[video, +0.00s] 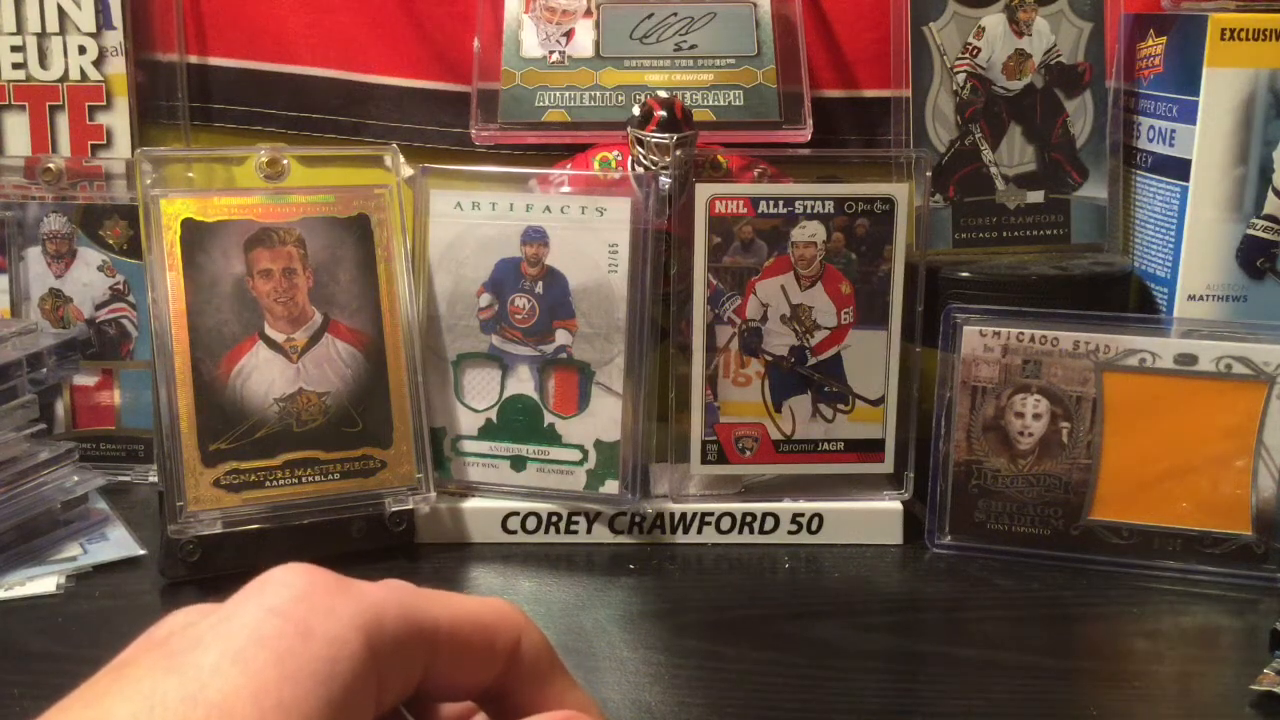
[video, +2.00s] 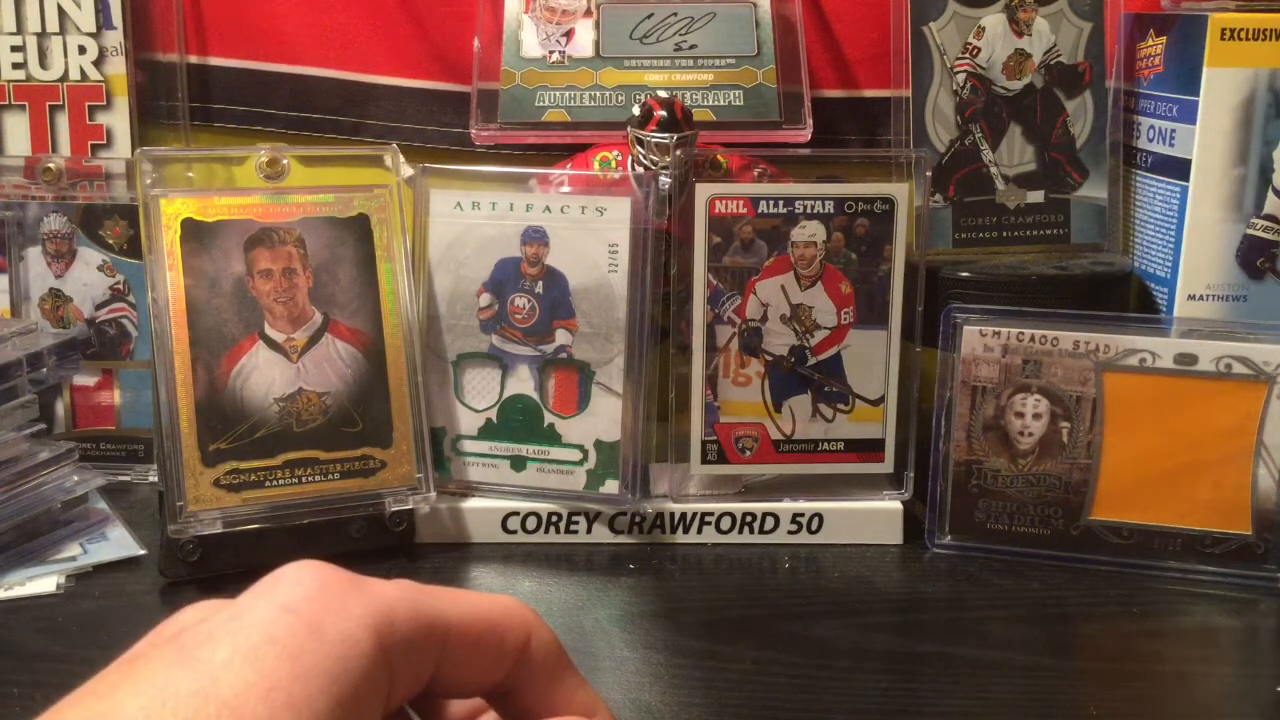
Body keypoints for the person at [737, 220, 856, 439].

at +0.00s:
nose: (801, 253)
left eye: (807, 247)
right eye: (796, 247)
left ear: (821, 249)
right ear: (790, 249)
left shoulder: (838, 285)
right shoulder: (774, 271)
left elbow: (842, 331)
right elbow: (755, 293)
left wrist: (810, 353)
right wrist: (750, 326)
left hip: (822, 352)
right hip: (780, 352)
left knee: (830, 411)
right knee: (798, 409)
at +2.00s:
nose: (801, 253)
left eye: (807, 247)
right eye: (796, 247)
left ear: (821, 249)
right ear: (790, 249)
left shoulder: (839, 285)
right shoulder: (773, 271)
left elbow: (843, 331)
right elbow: (754, 293)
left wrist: (810, 353)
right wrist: (750, 326)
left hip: (823, 353)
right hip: (780, 353)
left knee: (831, 412)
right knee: (798, 411)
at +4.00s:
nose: (801, 253)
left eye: (807, 247)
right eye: (796, 247)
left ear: (821, 249)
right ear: (790, 249)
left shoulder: (838, 284)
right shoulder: (773, 272)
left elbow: (843, 330)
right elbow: (754, 294)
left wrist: (810, 352)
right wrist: (751, 326)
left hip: (823, 354)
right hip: (780, 353)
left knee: (833, 413)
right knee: (799, 409)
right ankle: (790, 469)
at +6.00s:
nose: (801, 253)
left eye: (808, 247)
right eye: (796, 247)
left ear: (821, 249)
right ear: (790, 249)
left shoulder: (838, 285)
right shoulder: (773, 271)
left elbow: (842, 331)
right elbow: (754, 293)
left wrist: (810, 352)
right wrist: (750, 325)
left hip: (823, 354)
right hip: (780, 353)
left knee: (834, 413)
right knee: (798, 411)